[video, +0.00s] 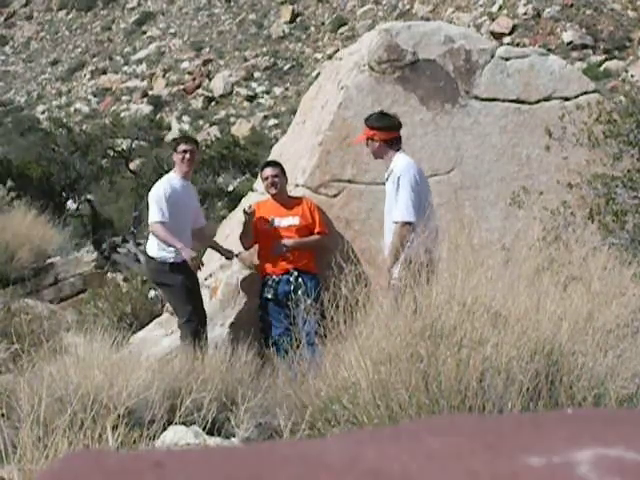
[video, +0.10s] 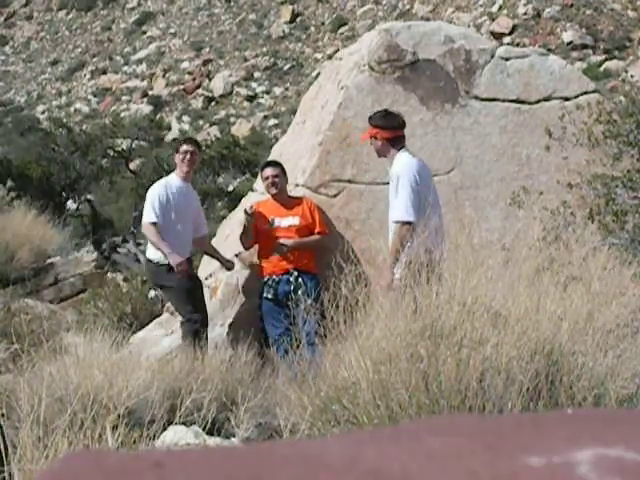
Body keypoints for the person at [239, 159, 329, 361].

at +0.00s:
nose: (271, 181)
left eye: (276, 176)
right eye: (266, 178)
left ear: (285, 178)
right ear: (262, 183)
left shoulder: (306, 206)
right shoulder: (259, 209)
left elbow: (324, 237)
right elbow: (247, 244)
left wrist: (293, 243)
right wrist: (248, 222)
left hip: (303, 277)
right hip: (273, 279)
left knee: (310, 333)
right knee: (280, 337)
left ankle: (314, 380)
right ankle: (288, 383)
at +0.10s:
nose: (272, 181)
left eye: (276, 176)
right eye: (267, 178)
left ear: (285, 178)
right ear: (263, 183)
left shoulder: (306, 205)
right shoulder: (259, 209)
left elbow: (324, 237)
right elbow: (247, 244)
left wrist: (293, 243)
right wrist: (249, 223)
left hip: (303, 275)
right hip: (272, 278)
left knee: (309, 333)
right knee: (279, 337)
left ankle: (314, 380)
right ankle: (290, 382)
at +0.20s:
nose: (272, 181)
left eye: (276, 176)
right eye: (267, 178)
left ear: (285, 178)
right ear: (263, 183)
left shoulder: (306, 205)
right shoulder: (259, 210)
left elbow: (323, 237)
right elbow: (247, 244)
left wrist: (293, 244)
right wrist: (249, 222)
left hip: (303, 276)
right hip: (272, 280)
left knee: (310, 333)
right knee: (279, 338)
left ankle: (315, 380)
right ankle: (290, 383)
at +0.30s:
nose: (273, 181)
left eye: (277, 176)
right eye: (268, 178)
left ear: (286, 178)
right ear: (263, 183)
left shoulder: (306, 205)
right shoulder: (260, 209)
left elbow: (324, 237)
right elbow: (246, 244)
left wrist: (292, 244)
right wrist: (248, 224)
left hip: (303, 277)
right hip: (273, 280)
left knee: (310, 334)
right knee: (279, 338)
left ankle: (315, 380)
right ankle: (290, 384)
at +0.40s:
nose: (273, 181)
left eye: (277, 176)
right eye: (268, 178)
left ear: (286, 178)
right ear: (264, 183)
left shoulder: (307, 205)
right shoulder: (259, 209)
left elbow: (324, 238)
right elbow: (247, 246)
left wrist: (293, 244)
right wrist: (247, 233)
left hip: (303, 278)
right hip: (272, 281)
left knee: (310, 335)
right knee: (280, 339)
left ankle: (315, 381)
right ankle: (290, 385)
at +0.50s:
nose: (273, 181)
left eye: (277, 176)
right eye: (268, 178)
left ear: (286, 178)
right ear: (264, 182)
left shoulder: (307, 205)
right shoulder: (259, 209)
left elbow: (324, 237)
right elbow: (245, 247)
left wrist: (293, 243)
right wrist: (253, 239)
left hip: (303, 277)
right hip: (271, 281)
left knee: (310, 334)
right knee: (279, 339)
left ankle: (315, 381)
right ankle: (290, 384)